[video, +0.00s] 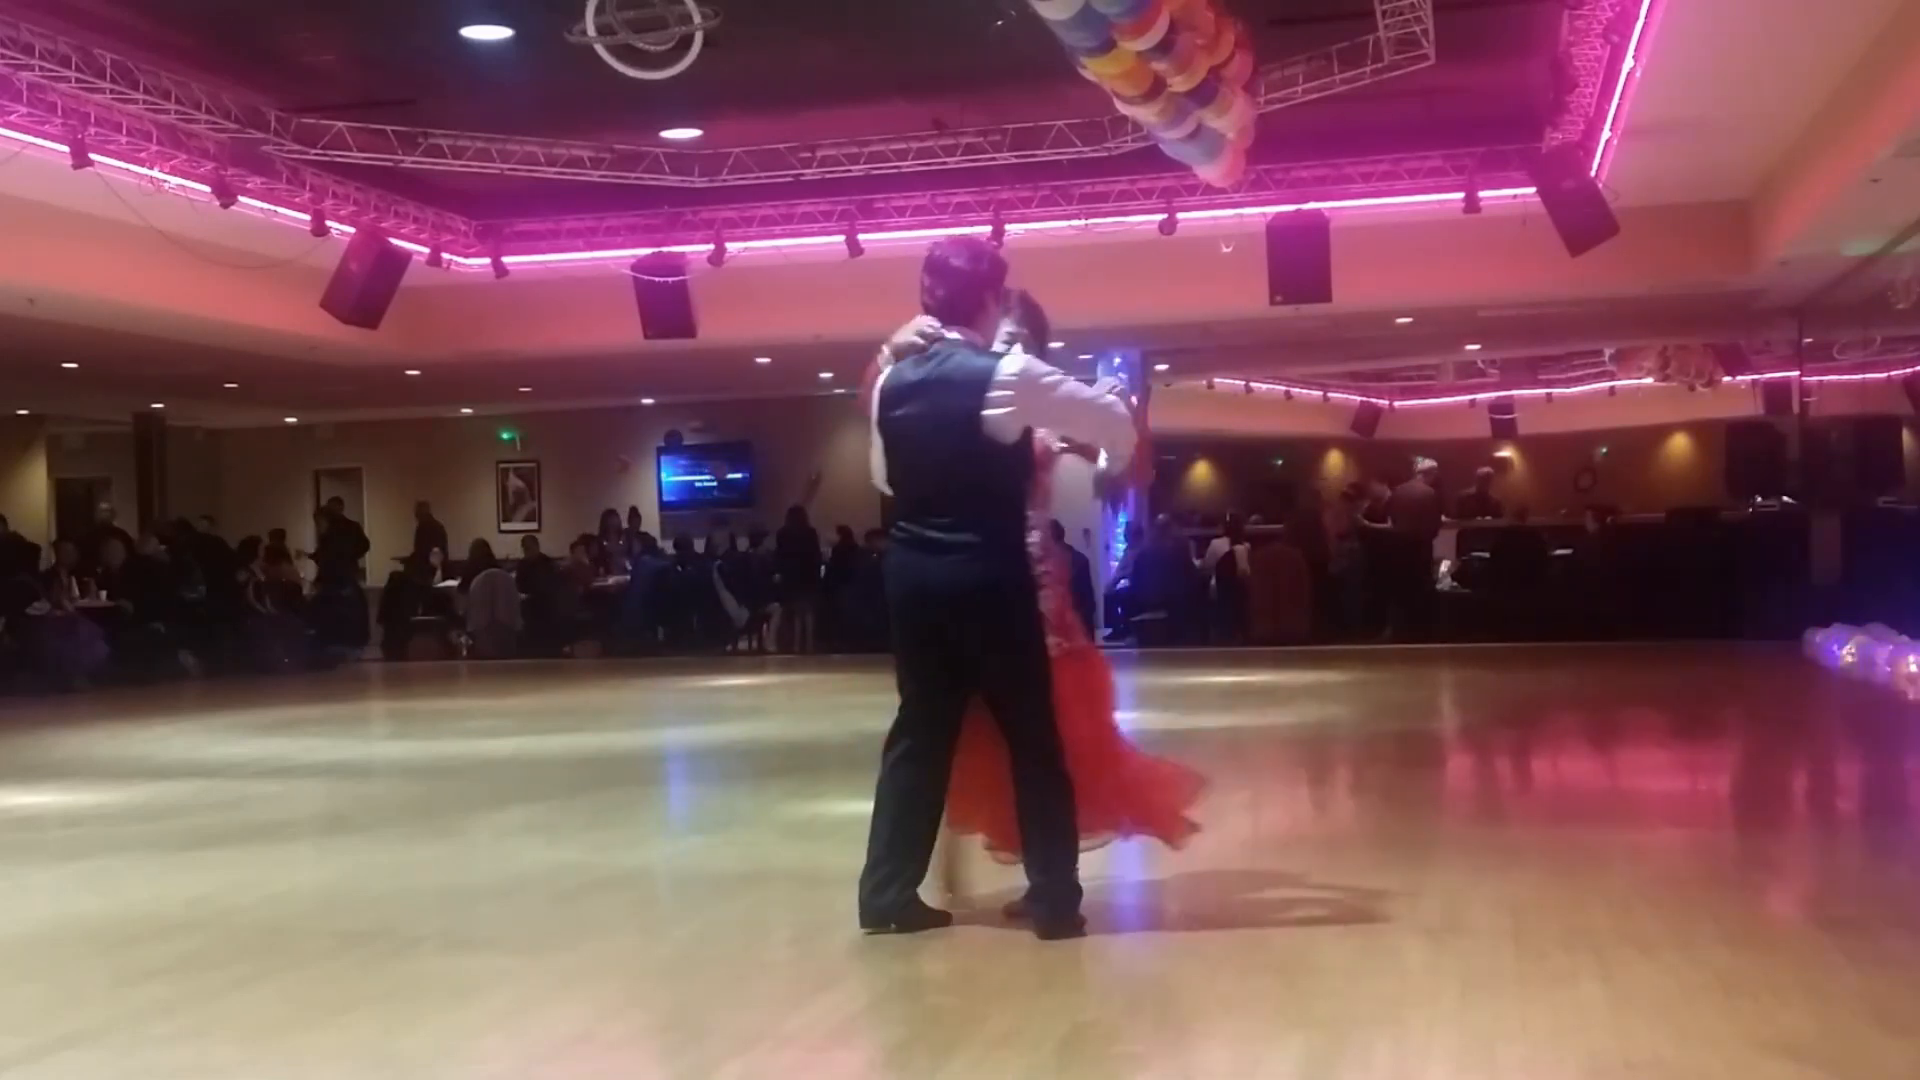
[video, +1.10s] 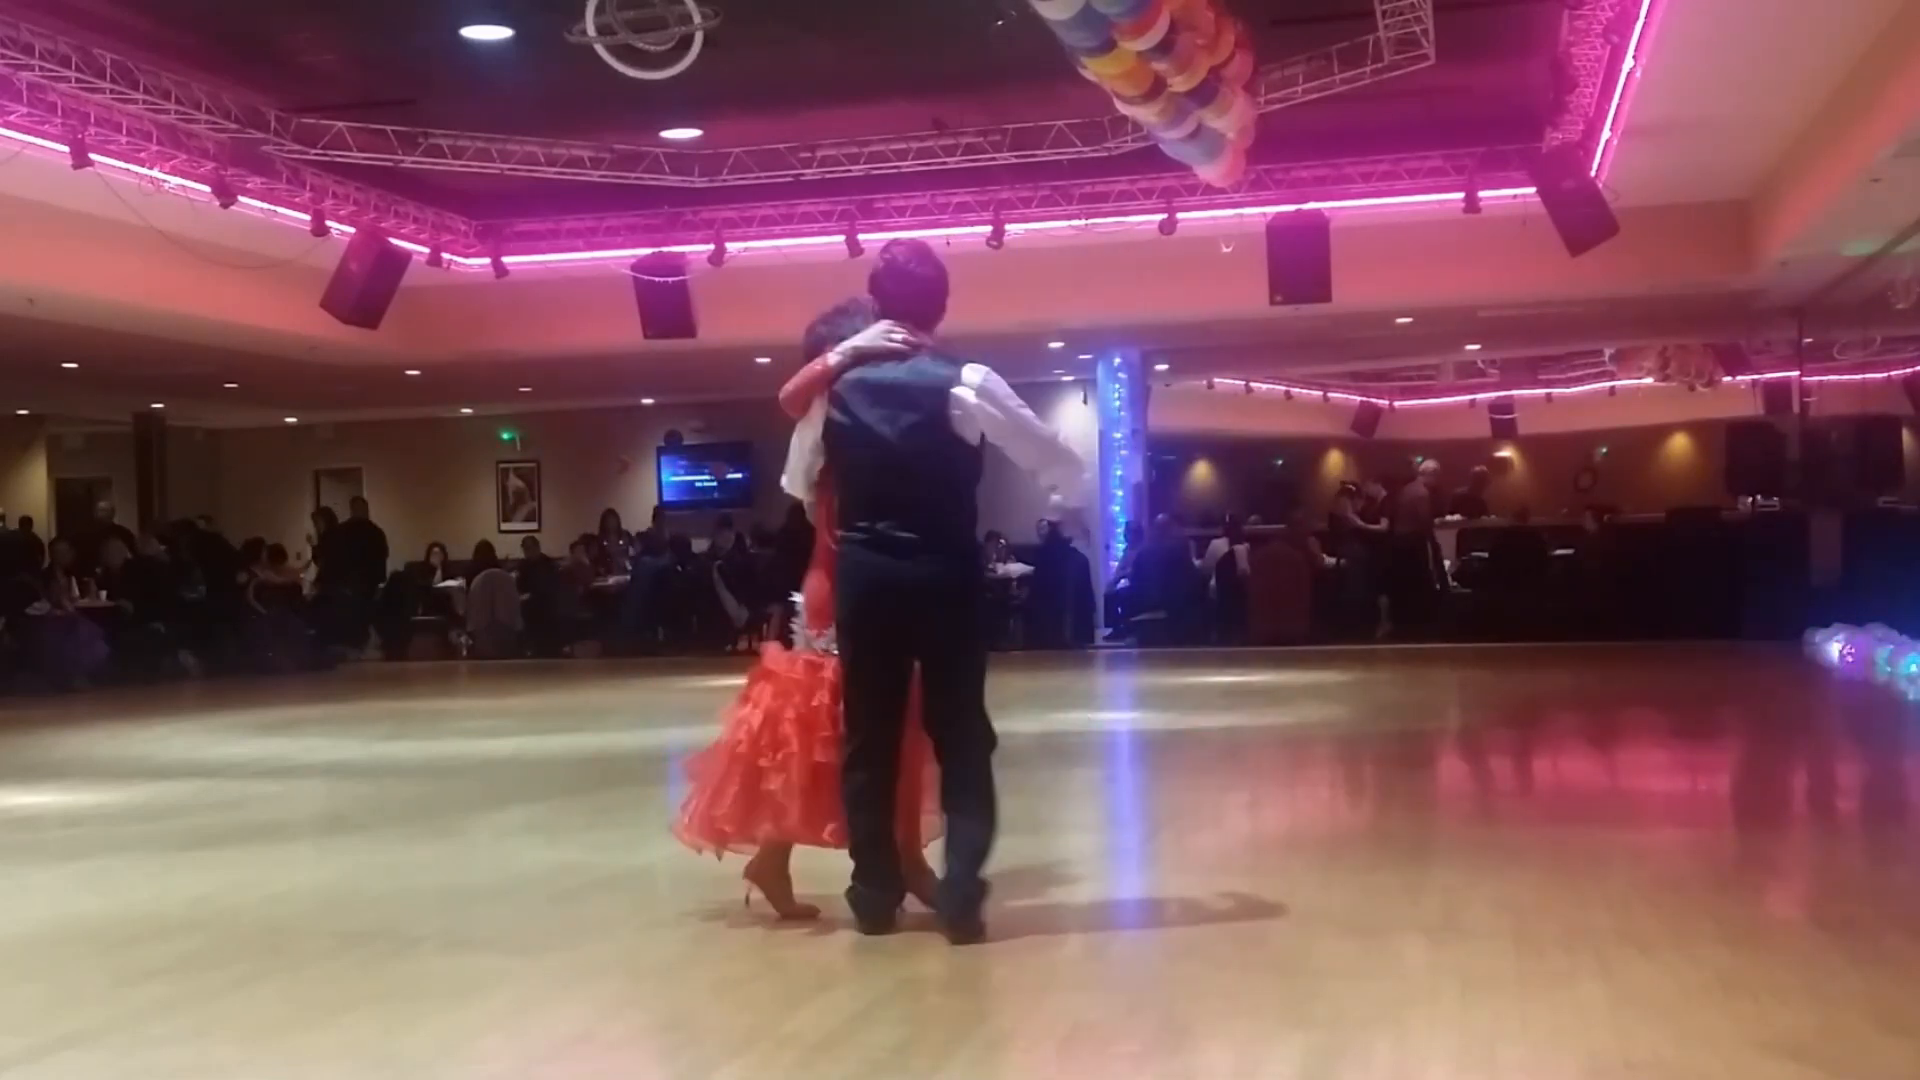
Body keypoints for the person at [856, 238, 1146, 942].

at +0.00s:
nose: (1006, 308)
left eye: (1002, 296)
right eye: (1001, 296)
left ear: (926, 301)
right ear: (992, 300)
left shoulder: (891, 378)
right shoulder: (1011, 373)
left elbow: (884, 476)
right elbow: (1117, 426)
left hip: (913, 565)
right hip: (990, 568)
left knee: (920, 726)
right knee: (1032, 731)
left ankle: (886, 895)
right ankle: (1055, 902)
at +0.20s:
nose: (987, 312)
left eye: (982, 301)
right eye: (983, 301)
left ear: (906, 301)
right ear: (970, 302)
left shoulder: (867, 378)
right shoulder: (965, 370)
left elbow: (849, 472)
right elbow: (1065, 387)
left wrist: (923, 477)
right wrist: (1119, 416)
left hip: (880, 564)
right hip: (949, 571)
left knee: (896, 728)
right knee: (993, 731)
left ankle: (886, 897)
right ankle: (1002, 897)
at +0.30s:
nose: (973, 313)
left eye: (971, 303)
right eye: (970, 303)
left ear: (900, 295)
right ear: (957, 304)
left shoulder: (861, 378)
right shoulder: (953, 368)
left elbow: (835, 474)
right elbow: (1044, 381)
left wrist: (900, 477)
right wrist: (1130, 387)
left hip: (873, 561)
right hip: (938, 565)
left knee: (888, 723)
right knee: (958, 730)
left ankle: (880, 894)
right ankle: (897, 887)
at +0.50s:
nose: (966, 312)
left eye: (964, 300)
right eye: (964, 300)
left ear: (895, 298)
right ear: (954, 301)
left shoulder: (858, 376)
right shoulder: (951, 370)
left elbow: (801, 469)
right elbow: (1048, 374)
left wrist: (829, 520)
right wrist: (1157, 357)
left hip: (870, 559)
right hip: (924, 562)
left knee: (903, 726)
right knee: (890, 726)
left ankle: (887, 894)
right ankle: (790, 877)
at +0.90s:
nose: (951, 317)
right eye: (955, 306)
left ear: (891, 309)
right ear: (955, 311)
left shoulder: (854, 388)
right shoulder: (961, 381)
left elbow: (781, 473)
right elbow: (1043, 431)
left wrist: (782, 467)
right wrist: (1138, 452)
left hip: (865, 565)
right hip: (929, 570)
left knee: (890, 727)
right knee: (916, 735)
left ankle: (882, 888)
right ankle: (843, 885)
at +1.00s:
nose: (944, 316)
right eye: (946, 305)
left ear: (881, 305)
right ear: (947, 309)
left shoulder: (842, 389)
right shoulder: (962, 384)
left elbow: (785, 479)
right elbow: (1047, 446)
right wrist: (1111, 475)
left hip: (860, 571)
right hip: (932, 574)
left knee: (880, 730)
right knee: (952, 735)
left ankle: (880, 895)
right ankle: (901, 894)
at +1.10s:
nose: (930, 314)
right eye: (937, 302)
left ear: (875, 305)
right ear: (941, 308)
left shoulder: (837, 383)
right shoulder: (969, 383)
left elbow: (799, 481)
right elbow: (1052, 456)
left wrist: (844, 528)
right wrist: (1068, 500)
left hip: (866, 577)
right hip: (946, 578)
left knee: (869, 731)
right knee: (961, 728)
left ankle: (873, 897)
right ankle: (962, 895)